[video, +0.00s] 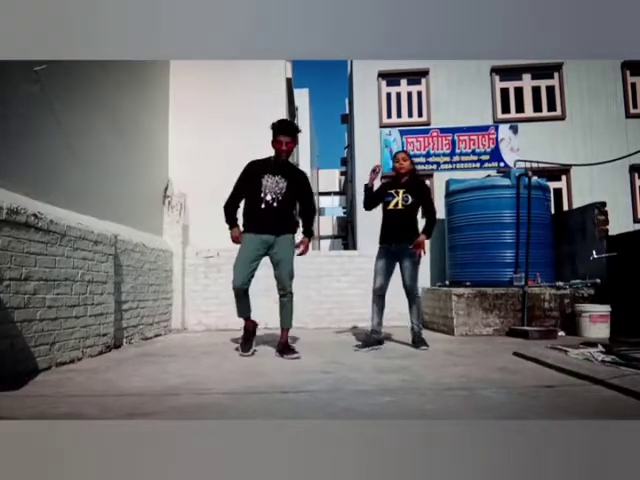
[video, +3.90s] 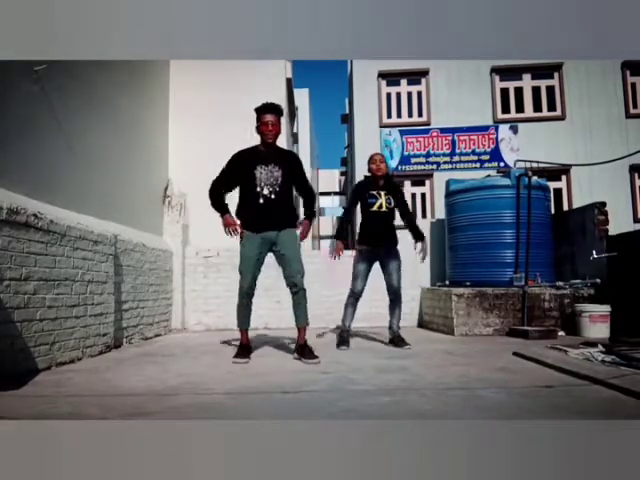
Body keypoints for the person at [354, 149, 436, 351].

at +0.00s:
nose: (400, 164)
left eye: (404, 160)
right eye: (397, 161)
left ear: (411, 163)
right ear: (394, 165)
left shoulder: (419, 185)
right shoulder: (387, 185)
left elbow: (431, 215)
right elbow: (368, 205)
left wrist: (424, 236)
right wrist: (370, 183)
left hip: (410, 244)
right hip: (387, 243)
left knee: (411, 289)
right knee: (378, 289)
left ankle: (417, 334)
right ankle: (375, 333)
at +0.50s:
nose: (371, 167)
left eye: (374, 164)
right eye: (368, 165)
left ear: (382, 166)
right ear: (365, 169)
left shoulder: (393, 191)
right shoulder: (361, 189)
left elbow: (403, 215)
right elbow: (350, 188)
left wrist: (409, 237)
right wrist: (357, 168)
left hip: (389, 246)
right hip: (367, 247)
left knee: (400, 290)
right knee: (364, 292)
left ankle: (416, 334)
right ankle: (361, 336)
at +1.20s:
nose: (374, 168)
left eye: (377, 165)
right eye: (370, 165)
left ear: (381, 168)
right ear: (363, 167)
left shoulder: (387, 191)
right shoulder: (355, 190)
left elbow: (397, 214)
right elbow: (346, 207)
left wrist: (407, 232)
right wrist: (357, 187)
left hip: (389, 244)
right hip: (366, 245)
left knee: (400, 286)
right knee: (365, 290)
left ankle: (409, 331)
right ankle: (361, 335)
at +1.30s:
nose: (380, 169)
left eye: (382, 166)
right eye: (376, 166)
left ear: (386, 169)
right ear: (369, 169)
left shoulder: (392, 192)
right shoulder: (360, 191)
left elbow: (405, 216)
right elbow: (347, 213)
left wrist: (417, 237)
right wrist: (365, 201)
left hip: (394, 246)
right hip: (371, 246)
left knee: (401, 289)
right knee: (368, 291)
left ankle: (408, 333)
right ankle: (362, 335)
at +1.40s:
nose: (387, 168)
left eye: (389, 165)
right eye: (383, 165)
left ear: (393, 168)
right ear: (376, 168)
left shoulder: (400, 191)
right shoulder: (368, 190)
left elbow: (411, 219)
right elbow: (356, 216)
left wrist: (423, 243)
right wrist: (365, 227)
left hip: (398, 245)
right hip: (376, 245)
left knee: (404, 289)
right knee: (371, 290)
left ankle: (408, 334)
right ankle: (362, 335)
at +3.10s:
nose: (359, 164)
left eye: (362, 160)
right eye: (356, 161)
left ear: (369, 163)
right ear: (351, 164)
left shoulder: (378, 186)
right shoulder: (345, 187)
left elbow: (387, 213)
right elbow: (340, 217)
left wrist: (393, 238)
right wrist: (342, 243)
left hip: (376, 243)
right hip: (353, 244)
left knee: (390, 285)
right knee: (353, 291)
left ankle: (395, 330)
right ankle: (350, 335)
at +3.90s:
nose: (378, 165)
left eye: (381, 162)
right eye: (374, 162)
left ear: (386, 165)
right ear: (369, 167)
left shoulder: (394, 187)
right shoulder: (361, 187)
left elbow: (405, 214)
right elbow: (348, 213)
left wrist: (419, 237)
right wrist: (340, 238)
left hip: (388, 245)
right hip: (365, 245)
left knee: (395, 290)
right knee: (356, 290)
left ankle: (395, 333)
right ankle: (344, 332)